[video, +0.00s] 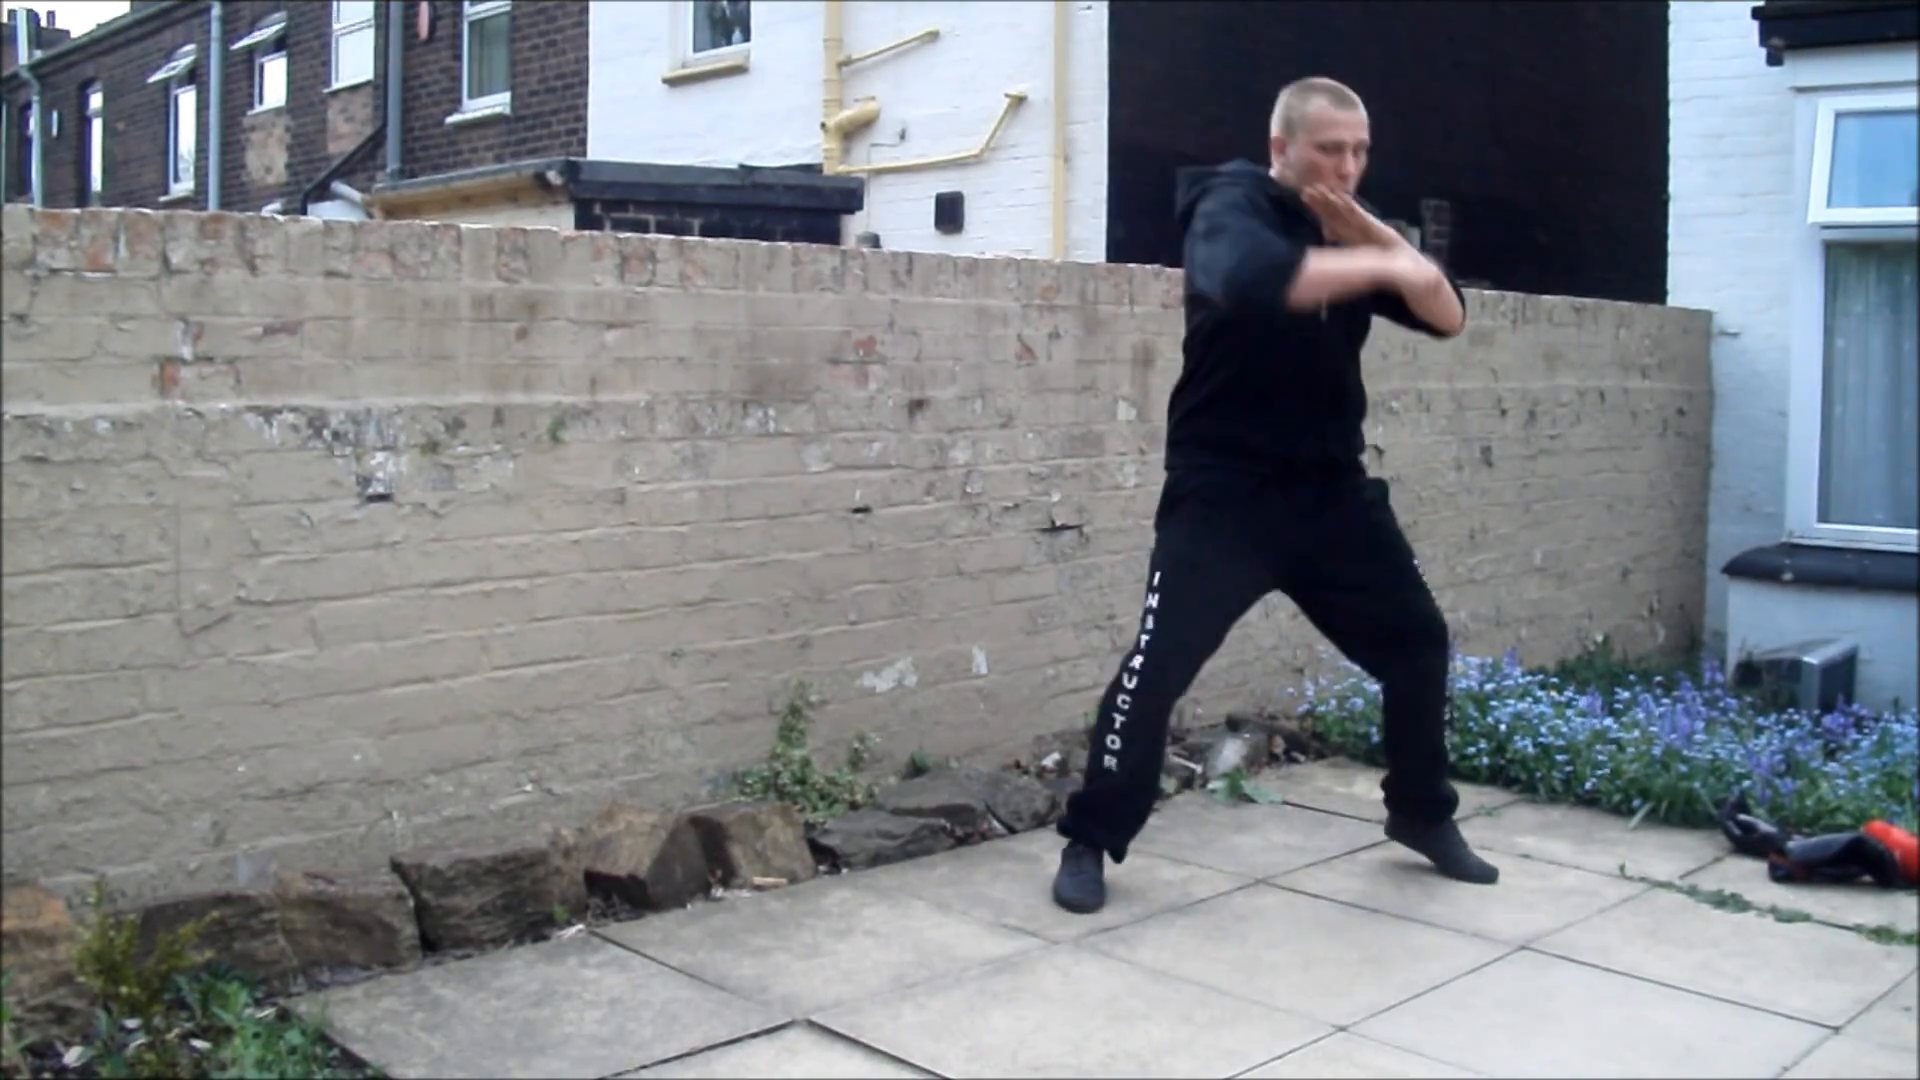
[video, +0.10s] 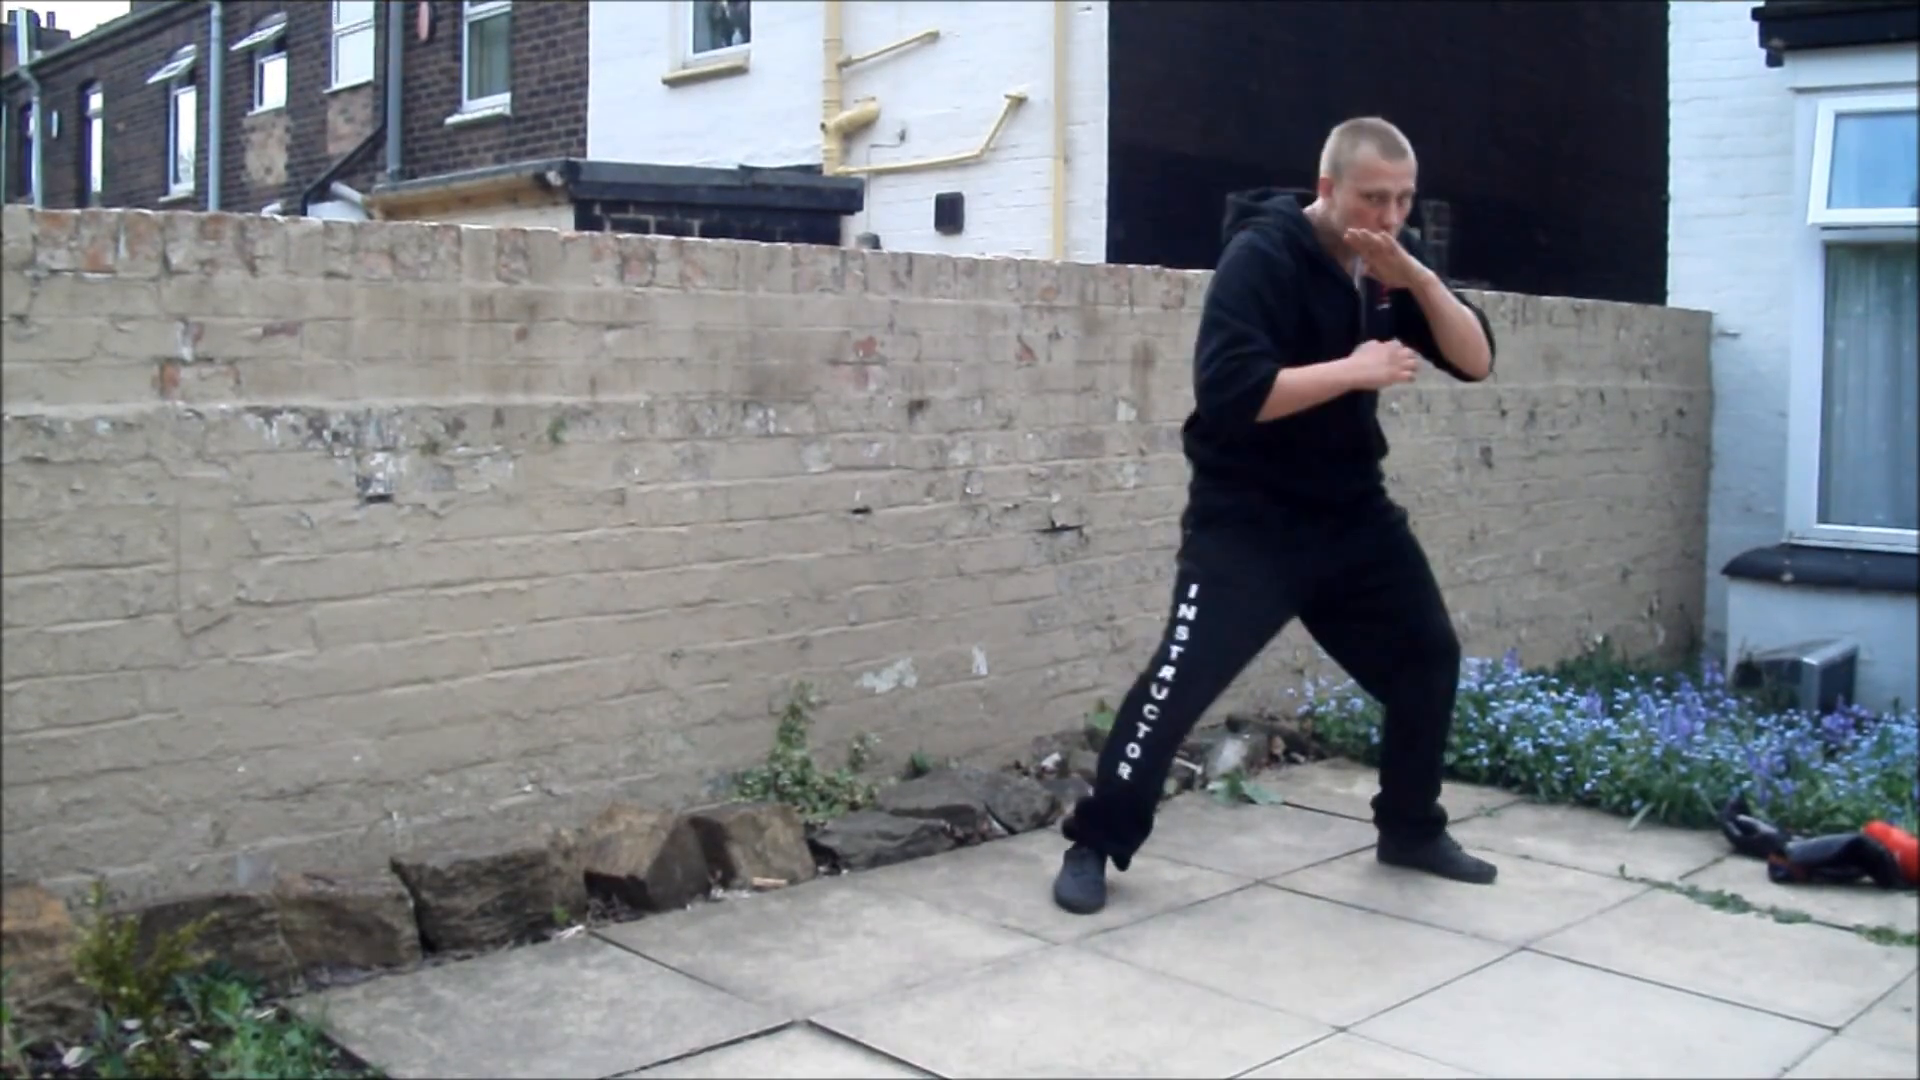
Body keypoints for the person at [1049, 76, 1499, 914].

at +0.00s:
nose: (1347, 167)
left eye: (1358, 154)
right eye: (1331, 152)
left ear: (1364, 155)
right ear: (1280, 146)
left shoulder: (1361, 229)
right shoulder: (1235, 201)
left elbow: (1448, 320)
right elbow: (1239, 277)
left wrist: (1360, 228)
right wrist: (1388, 263)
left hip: (1329, 493)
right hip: (1222, 493)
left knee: (1418, 642)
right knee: (1156, 665)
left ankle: (1420, 814)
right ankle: (1090, 841)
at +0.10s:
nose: (1389, 215)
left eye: (1402, 200)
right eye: (1373, 198)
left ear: (1411, 198)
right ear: (1327, 190)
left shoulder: (1394, 266)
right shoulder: (1262, 255)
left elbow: (1475, 362)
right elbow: (1231, 393)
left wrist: (1416, 277)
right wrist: (1352, 373)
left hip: (1351, 515)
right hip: (1246, 519)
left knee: (1427, 658)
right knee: (1180, 676)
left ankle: (1409, 831)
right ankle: (1094, 845)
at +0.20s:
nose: (1394, 183)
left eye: (1409, 169)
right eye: (1377, 167)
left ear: (1426, 166)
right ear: (1340, 158)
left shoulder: (1433, 224)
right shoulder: (1279, 228)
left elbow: (1482, 343)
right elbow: (1226, 369)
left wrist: (1422, 251)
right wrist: (1339, 323)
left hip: (1394, 497)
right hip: (1281, 498)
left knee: (1444, 657)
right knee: (1217, 662)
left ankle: (1415, 829)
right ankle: (1124, 837)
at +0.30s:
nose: (1387, 122)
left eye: (1402, 106)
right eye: (1371, 105)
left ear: (1420, 105)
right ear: (1336, 101)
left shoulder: (1446, 174)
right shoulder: (1281, 176)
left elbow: (1468, 300)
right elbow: (1241, 319)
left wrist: (1408, 200)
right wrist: (1339, 254)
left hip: (1405, 444)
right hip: (1295, 439)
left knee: (1423, 634)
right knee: (1259, 621)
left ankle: (1428, 806)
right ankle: (1227, 796)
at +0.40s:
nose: (1377, 111)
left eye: (1394, 97)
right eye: (1363, 96)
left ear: (1416, 99)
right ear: (1332, 96)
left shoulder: (1449, 170)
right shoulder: (1283, 168)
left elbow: (1461, 294)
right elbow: (1252, 306)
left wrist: (1402, 186)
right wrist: (1328, 235)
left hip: (1418, 433)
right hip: (1309, 433)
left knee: (1419, 615)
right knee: (1308, 615)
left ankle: (1421, 786)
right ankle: (1313, 778)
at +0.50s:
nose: (1378, 142)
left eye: (1394, 127)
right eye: (1364, 126)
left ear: (1419, 132)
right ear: (1337, 130)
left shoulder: (1458, 221)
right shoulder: (1285, 221)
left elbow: (1459, 331)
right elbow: (1249, 349)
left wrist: (1407, 217)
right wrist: (1318, 270)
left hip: (1430, 474)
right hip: (1324, 473)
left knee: (1428, 636)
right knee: (1337, 637)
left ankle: (1419, 801)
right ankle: (1342, 789)